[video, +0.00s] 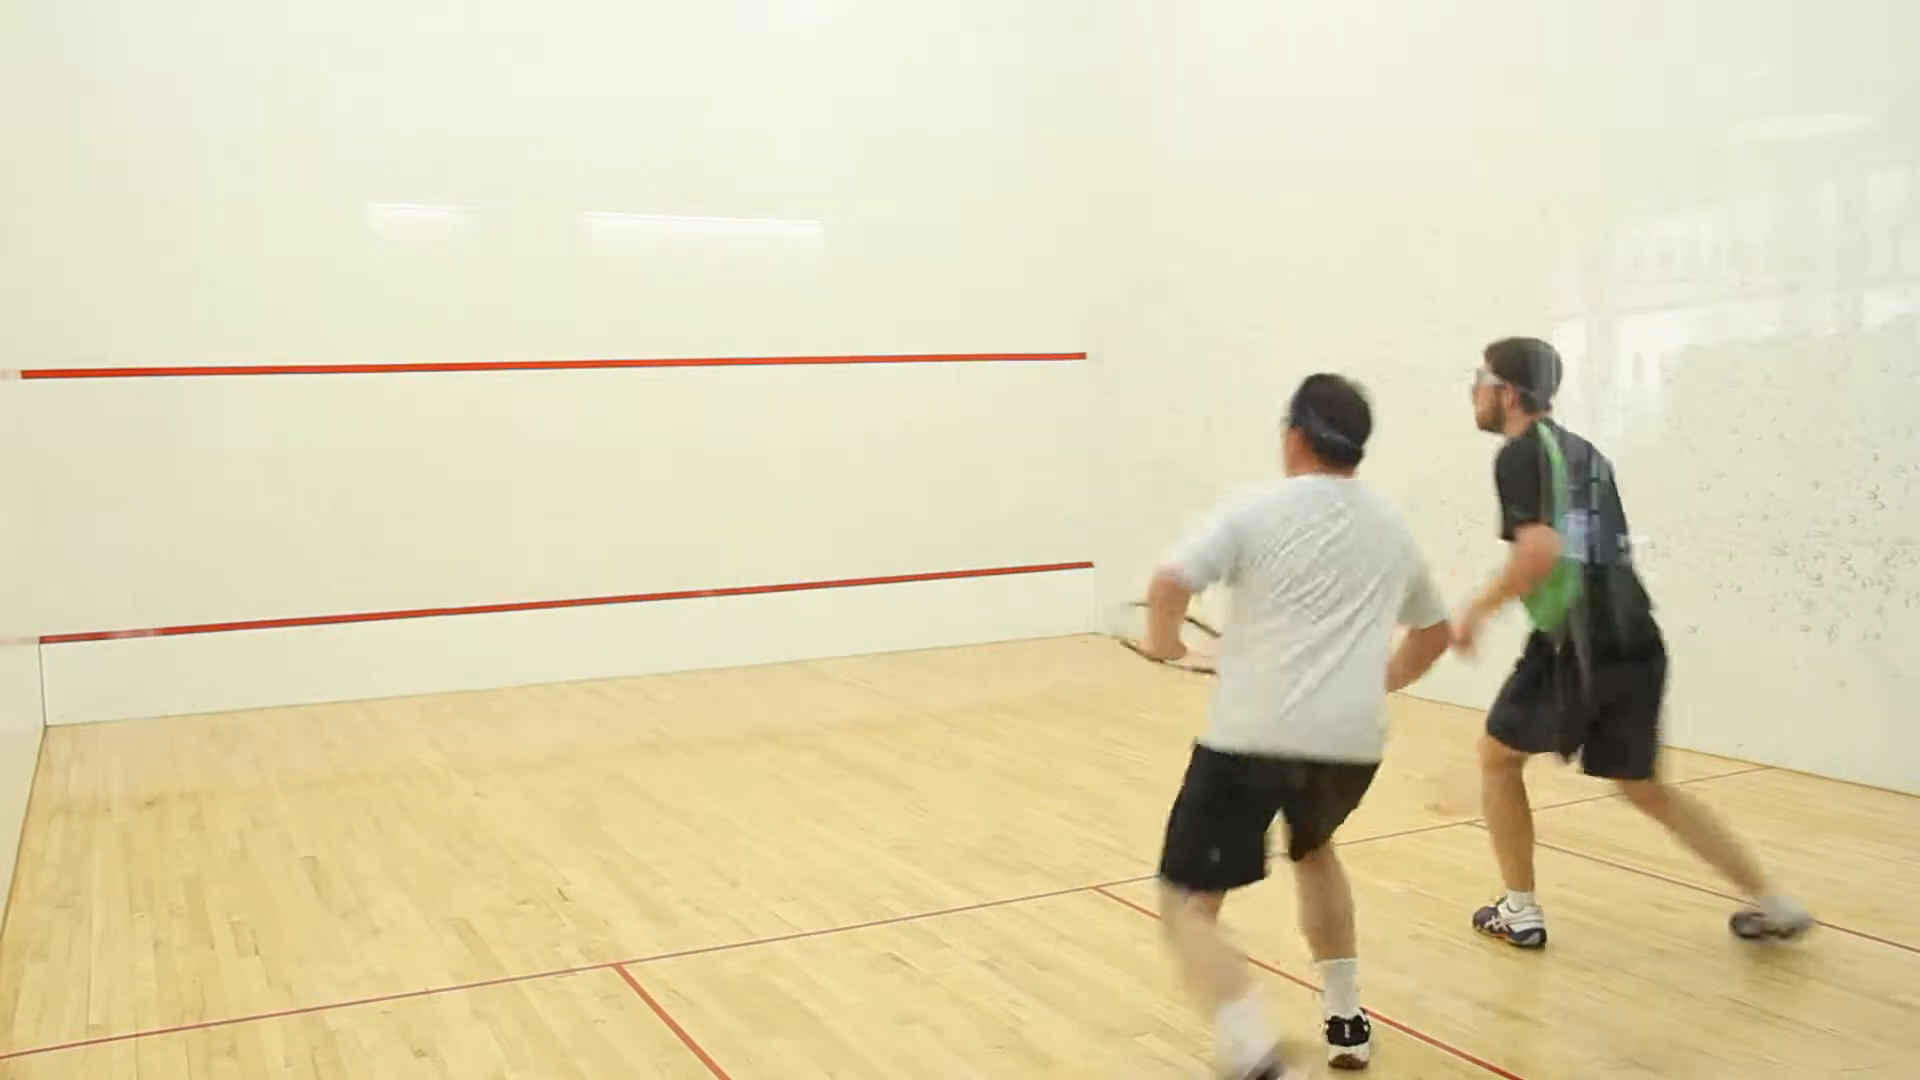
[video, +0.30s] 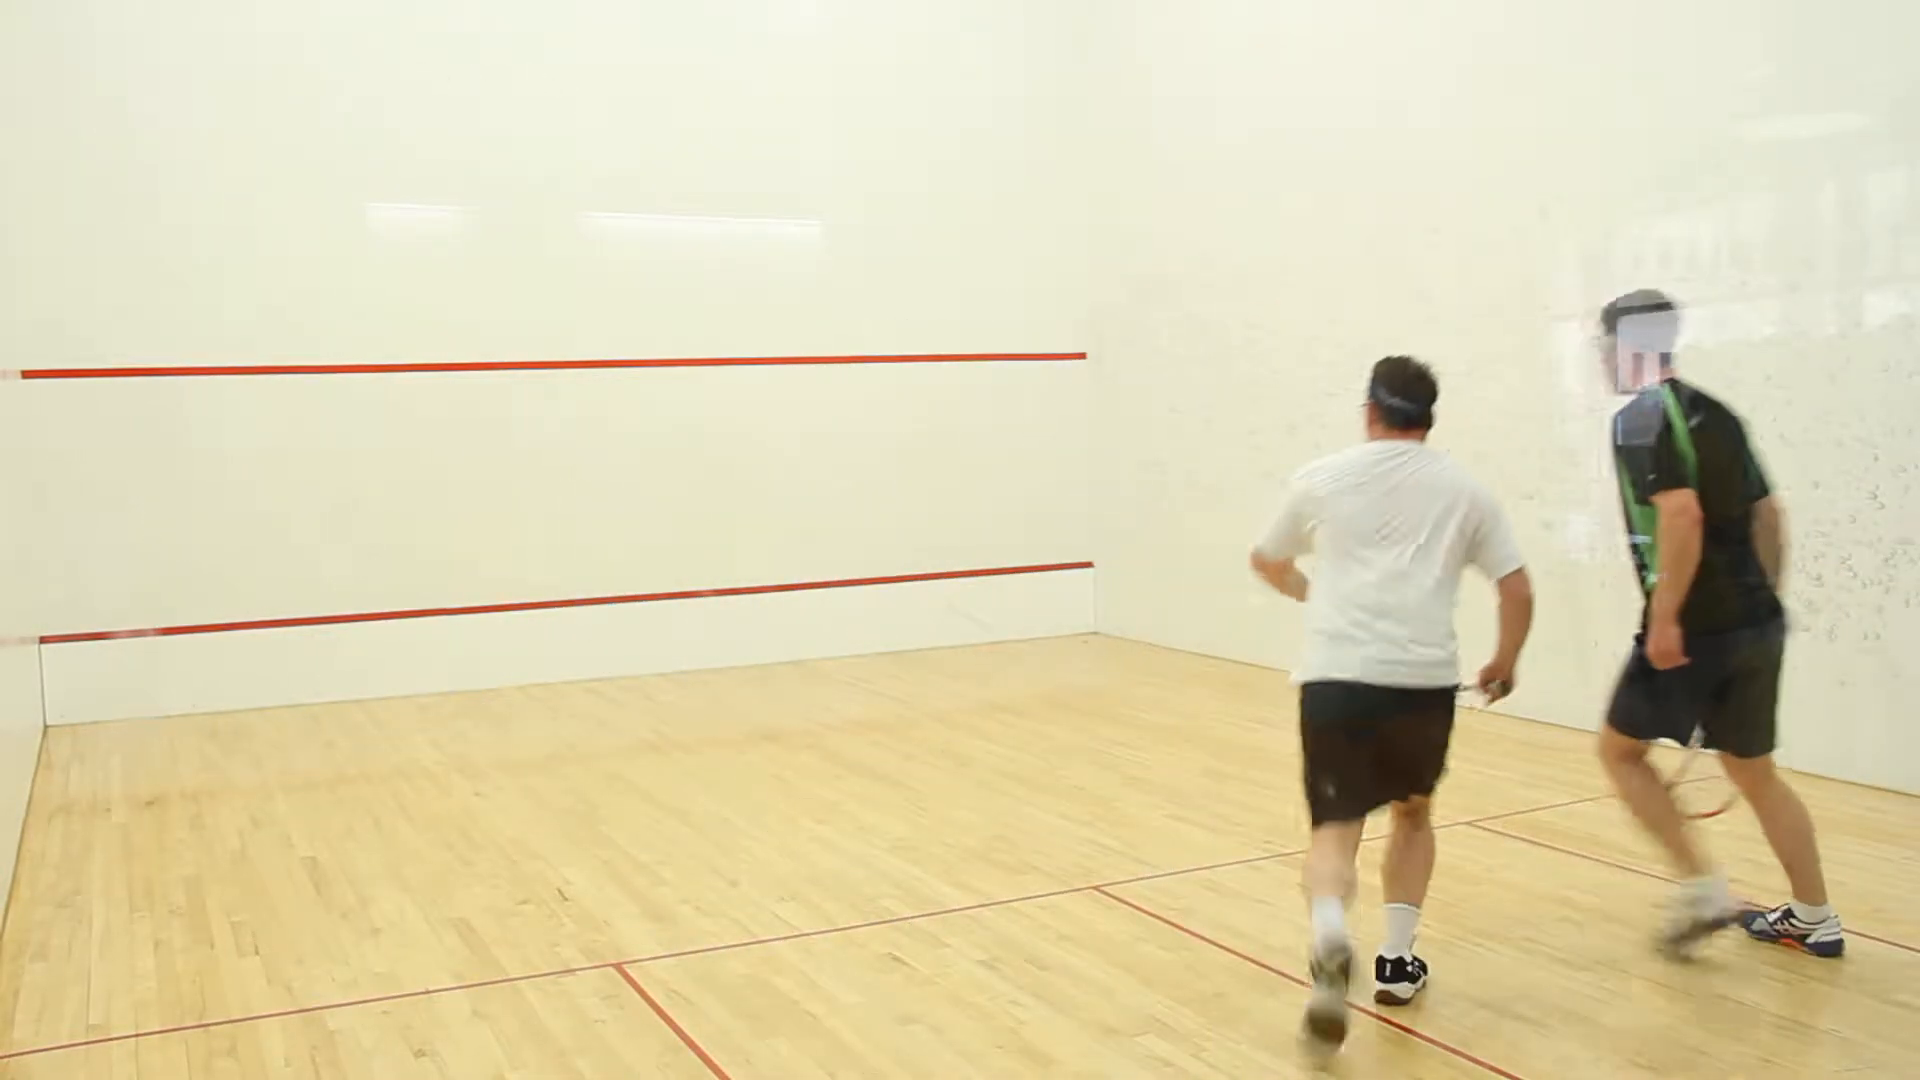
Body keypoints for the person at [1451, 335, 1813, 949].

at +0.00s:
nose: (1473, 393)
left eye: (1481, 383)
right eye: (1477, 381)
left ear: (1508, 395)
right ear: (1532, 397)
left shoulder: (1522, 455)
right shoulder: (1585, 454)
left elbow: (1538, 551)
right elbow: (1609, 553)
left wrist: (1476, 611)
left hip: (1569, 650)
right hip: (1632, 649)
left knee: (1498, 754)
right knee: (1640, 782)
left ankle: (1519, 908)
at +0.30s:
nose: (1602, 361)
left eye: (1607, 348)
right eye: (1604, 347)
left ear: (1627, 349)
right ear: (1665, 347)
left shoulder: (1640, 417)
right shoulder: (1717, 414)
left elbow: (1680, 513)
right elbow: (1768, 514)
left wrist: (1663, 612)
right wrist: (1763, 597)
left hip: (1690, 630)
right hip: (1754, 624)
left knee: (1619, 750)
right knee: (1753, 767)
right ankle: (1814, 914)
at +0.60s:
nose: (1675, 353)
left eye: (1673, 342)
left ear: (1674, 343)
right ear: (1734, 341)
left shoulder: (1656, 419)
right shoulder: (1792, 416)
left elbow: (1640, 538)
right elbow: (1856, 514)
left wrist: (1634, 612)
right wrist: (1862, 600)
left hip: (1732, 627)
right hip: (1802, 616)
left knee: (1787, 787)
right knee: (1788, 773)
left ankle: (1885, 937)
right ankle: (1817, 911)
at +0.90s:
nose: (1636, 383)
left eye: (1638, 372)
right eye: (1647, 371)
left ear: (1643, 374)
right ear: (1698, 375)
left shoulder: (1628, 449)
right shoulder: (1756, 446)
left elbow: (1616, 543)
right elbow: (1806, 553)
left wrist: (1592, 624)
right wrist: (1766, 615)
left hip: (1684, 653)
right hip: (1762, 650)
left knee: (1597, 792)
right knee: (1784, 788)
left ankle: (1624, 960)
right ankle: (1872, 938)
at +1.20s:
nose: (1492, 422)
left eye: (1496, 411)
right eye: (1497, 410)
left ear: (1508, 416)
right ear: (1561, 416)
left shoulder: (1502, 484)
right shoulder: (1608, 481)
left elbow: (1487, 586)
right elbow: (1648, 591)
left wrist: (1445, 675)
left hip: (1583, 677)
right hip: (1652, 671)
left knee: (1453, 794)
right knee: (1583, 784)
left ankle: (1446, 961)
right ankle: (1605, 914)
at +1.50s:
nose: (1308, 413)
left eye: (1319, 400)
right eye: (1312, 399)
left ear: (1357, 413)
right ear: (1367, 414)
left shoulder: (1398, 482)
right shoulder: (1397, 476)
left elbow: (1432, 591)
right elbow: (1414, 598)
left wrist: (1323, 652)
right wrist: (1359, 665)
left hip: (1452, 729)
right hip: (1423, 713)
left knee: (1319, 860)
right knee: (1369, 820)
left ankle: (1367, 1007)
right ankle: (1442, 927)